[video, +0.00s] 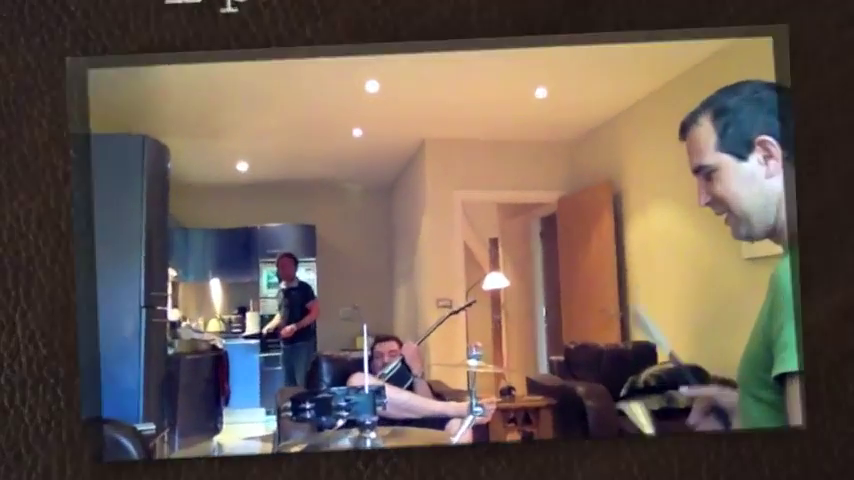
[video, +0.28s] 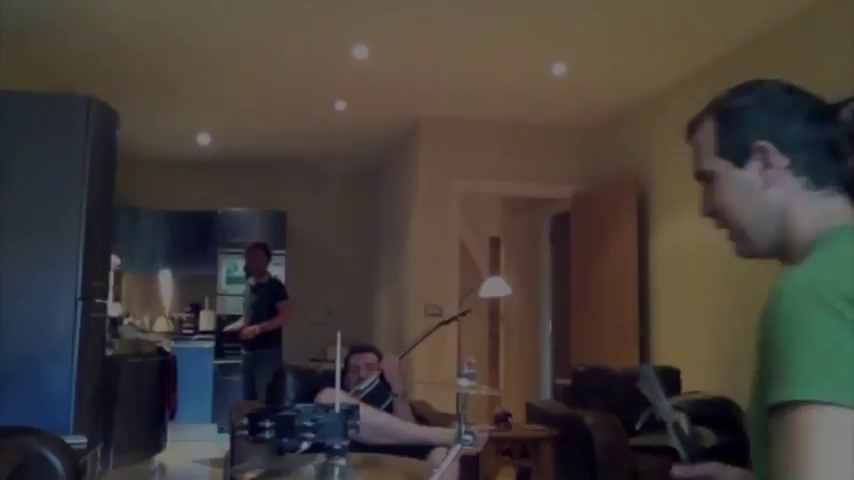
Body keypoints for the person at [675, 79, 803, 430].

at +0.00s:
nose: (703, 199)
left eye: (708, 174)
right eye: (698, 178)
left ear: (767, 157)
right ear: (766, 157)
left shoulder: (791, 273)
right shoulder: (791, 270)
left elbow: (811, 447)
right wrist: (745, 408)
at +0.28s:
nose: (705, 210)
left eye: (709, 180)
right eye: (702, 184)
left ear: (769, 163)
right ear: (770, 164)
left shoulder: (810, 293)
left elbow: (816, 466)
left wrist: (728, 474)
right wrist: (736, 471)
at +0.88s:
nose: (483, 254)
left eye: (477, 241)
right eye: (477, 239)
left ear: (498, 251)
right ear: (571, 202)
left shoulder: (550, 356)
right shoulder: (689, 249)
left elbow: (575, 473)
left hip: (764, 469)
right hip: (847, 438)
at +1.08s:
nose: (509, 215)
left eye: (509, 201)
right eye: (508, 198)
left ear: (530, 210)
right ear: (609, 175)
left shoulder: (570, 323)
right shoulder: (725, 235)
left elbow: (599, 476)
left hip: (760, 467)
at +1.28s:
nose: (571, 157)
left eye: (573, 142)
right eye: (572, 141)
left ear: (598, 152)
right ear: (681, 134)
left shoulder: (616, 259)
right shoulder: (785, 220)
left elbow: (651, 468)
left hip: (748, 468)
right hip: (843, 460)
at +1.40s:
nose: (623, 132)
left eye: (625, 113)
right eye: (624, 113)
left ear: (649, 121)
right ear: (734, 116)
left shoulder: (666, 232)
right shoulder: (825, 215)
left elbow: (702, 462)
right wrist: (693, 439)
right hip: (841, 464)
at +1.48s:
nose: (638, 118)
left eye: (644, 100)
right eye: (641, 101)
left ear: (671, 108)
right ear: (759, 110)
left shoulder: (694, 220)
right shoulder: (834, 207)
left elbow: (723, 464)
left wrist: (660, 467)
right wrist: (710, 427)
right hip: (842, 466)